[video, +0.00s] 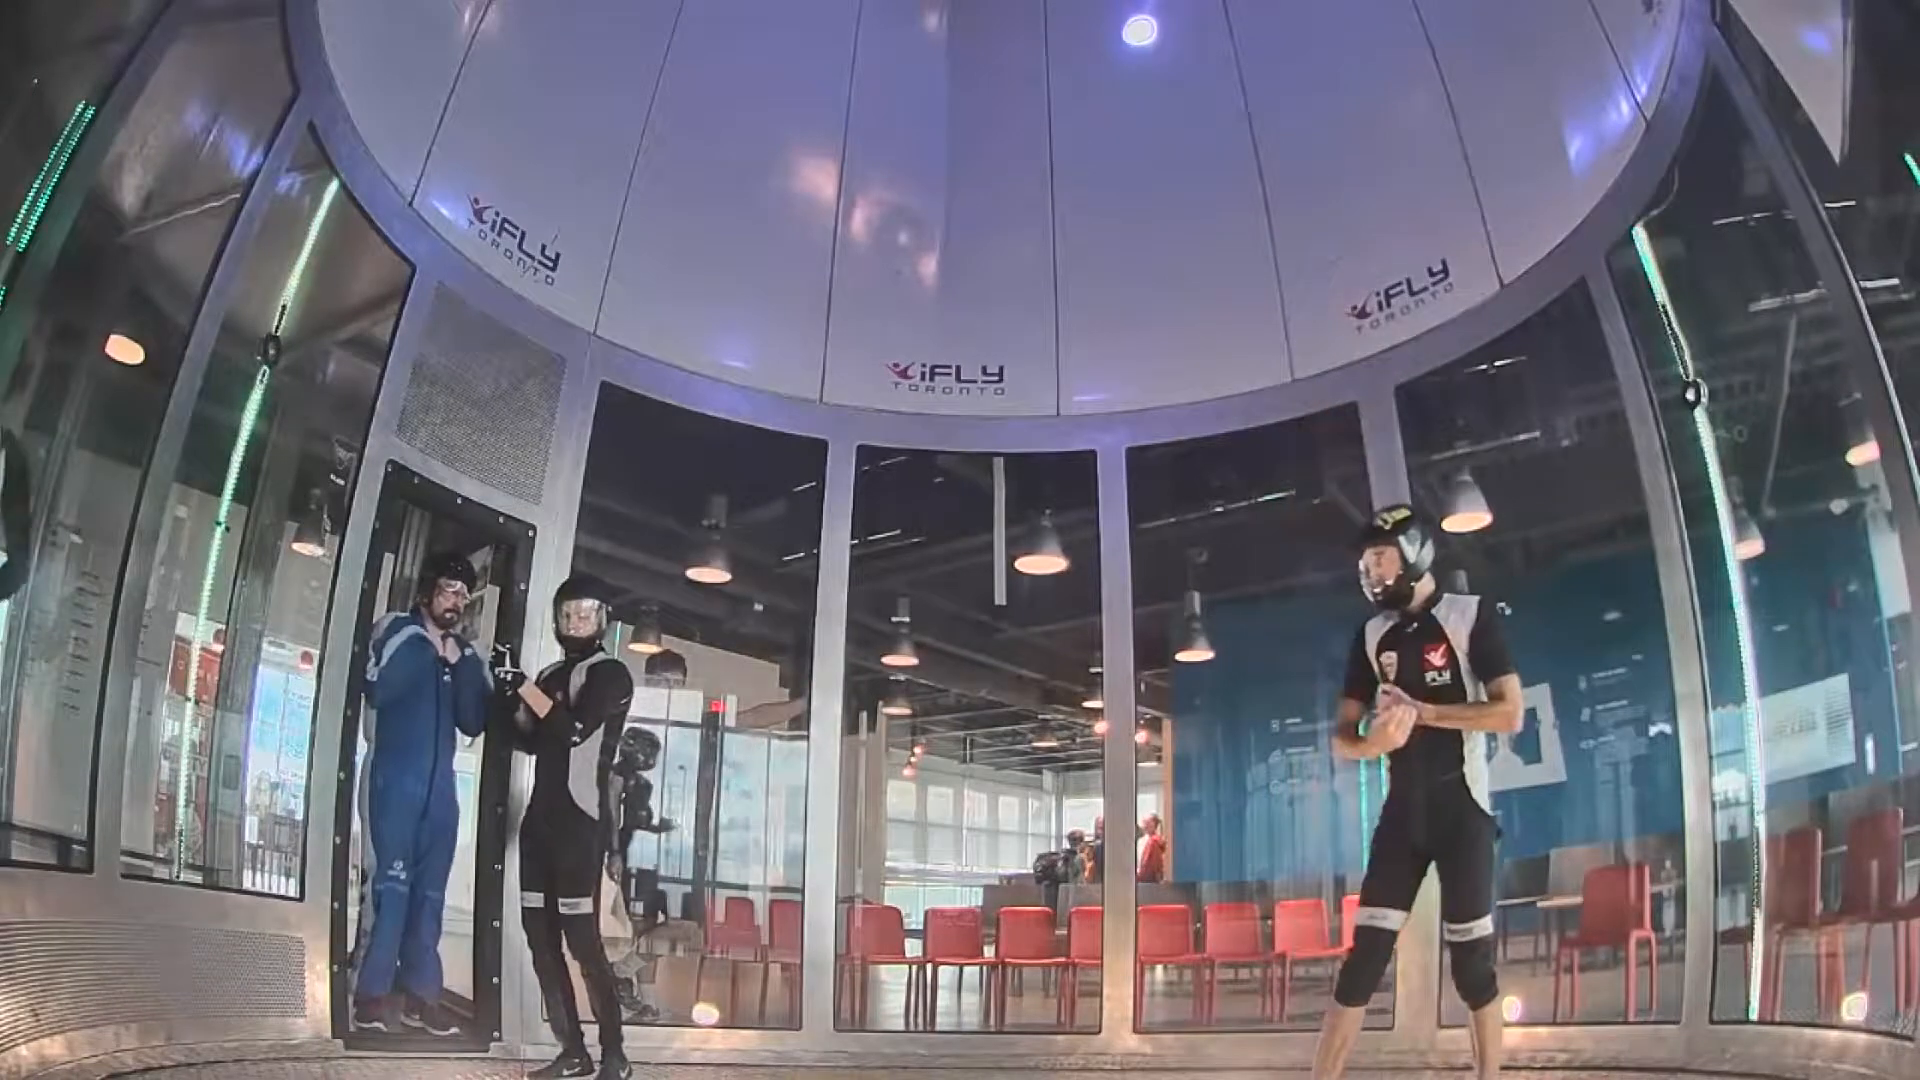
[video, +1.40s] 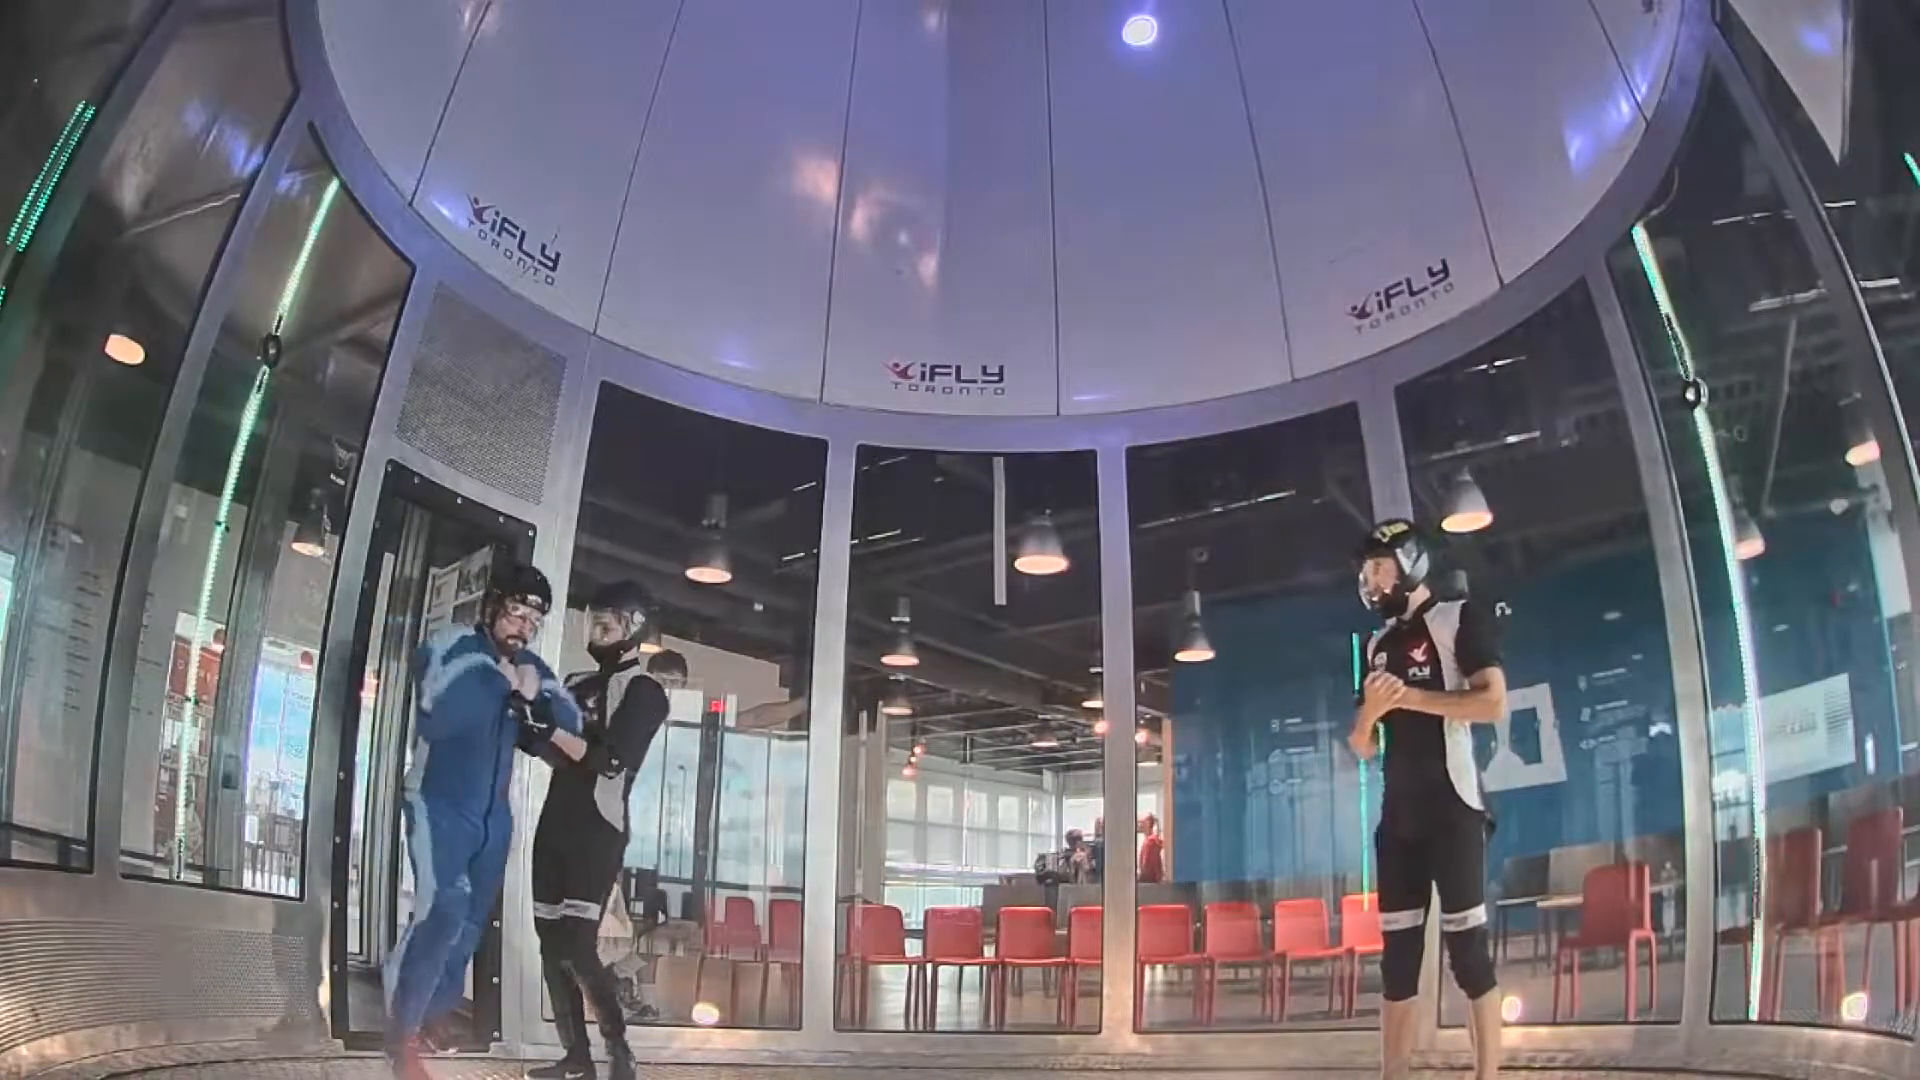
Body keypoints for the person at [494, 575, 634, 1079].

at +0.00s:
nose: (579, 620)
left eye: (588, 612)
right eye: (571, 612)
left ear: (603, 618)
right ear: (557, 618)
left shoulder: (611, 674)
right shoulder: (550, 676)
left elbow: (571, 733)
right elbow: (530, 740)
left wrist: (523, 682)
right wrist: (506, 691)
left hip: (580, 819)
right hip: (540, 815)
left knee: (581, 935)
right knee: (540, 933)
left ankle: (613, 1053)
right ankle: (573, 1051)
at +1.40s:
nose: (595, 629)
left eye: (606, 622)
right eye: (593, 620)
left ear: (632, 627)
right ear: (591, 625)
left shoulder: (644, 689)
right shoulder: (577, 686)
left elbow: (613, 763)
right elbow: (556, 749)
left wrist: (553, 732)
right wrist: (527, 725)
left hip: (600, 825)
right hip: (556, 817)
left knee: (576, 941)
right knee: (551, 943)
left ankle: (618, 1051)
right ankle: (578, 1058)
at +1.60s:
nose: (612, 629)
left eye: (622, 620)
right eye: (606, 620)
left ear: (647, 625)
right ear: (599, 625)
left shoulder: (663, 681)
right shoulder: (590, 680)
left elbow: (660, 764)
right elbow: (555, 728)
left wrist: (608, 759)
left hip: (621, 826)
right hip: (568, 819)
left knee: (622, 946)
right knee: (551, 944)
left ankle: (640, 1067)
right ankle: (575, 1053)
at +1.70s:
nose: (626, 631)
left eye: (637, 623)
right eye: (619, 621)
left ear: (658, 628)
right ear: (610, 625)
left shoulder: (679, 690)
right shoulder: (594, 681)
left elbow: (702, 754)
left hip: (646, 832)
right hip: (587, 825)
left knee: (645, 958)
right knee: (563, 955)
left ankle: (650, 1070)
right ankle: (576, 1038)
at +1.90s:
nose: (652, 629)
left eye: (662, 620)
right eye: (644, 620)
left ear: (683, 622)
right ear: (631, 621)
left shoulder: (706, 685)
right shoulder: (609, 670)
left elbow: (715, 770)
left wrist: (747, 741)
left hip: (671, 842)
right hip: (608, 836)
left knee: (657, 971)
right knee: (607, 965)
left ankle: (650, 1073)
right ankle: (605, 1071)